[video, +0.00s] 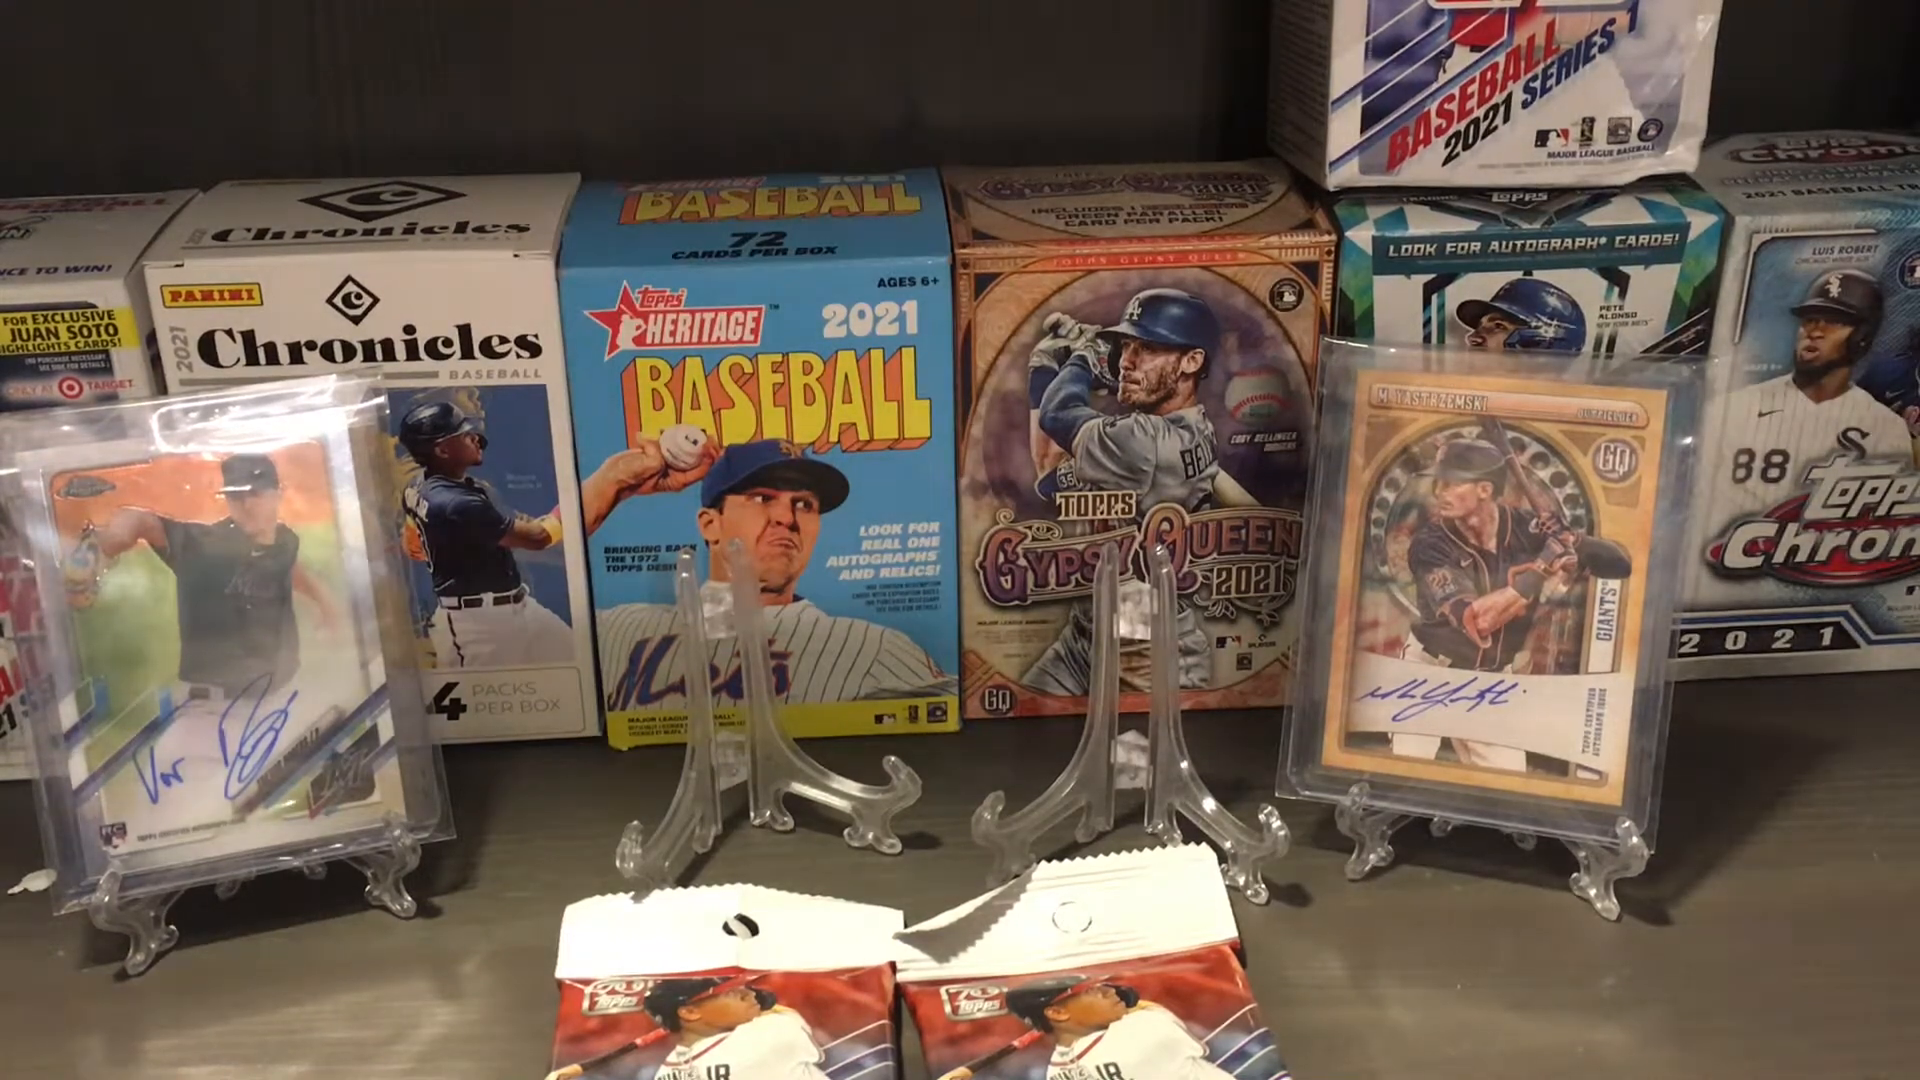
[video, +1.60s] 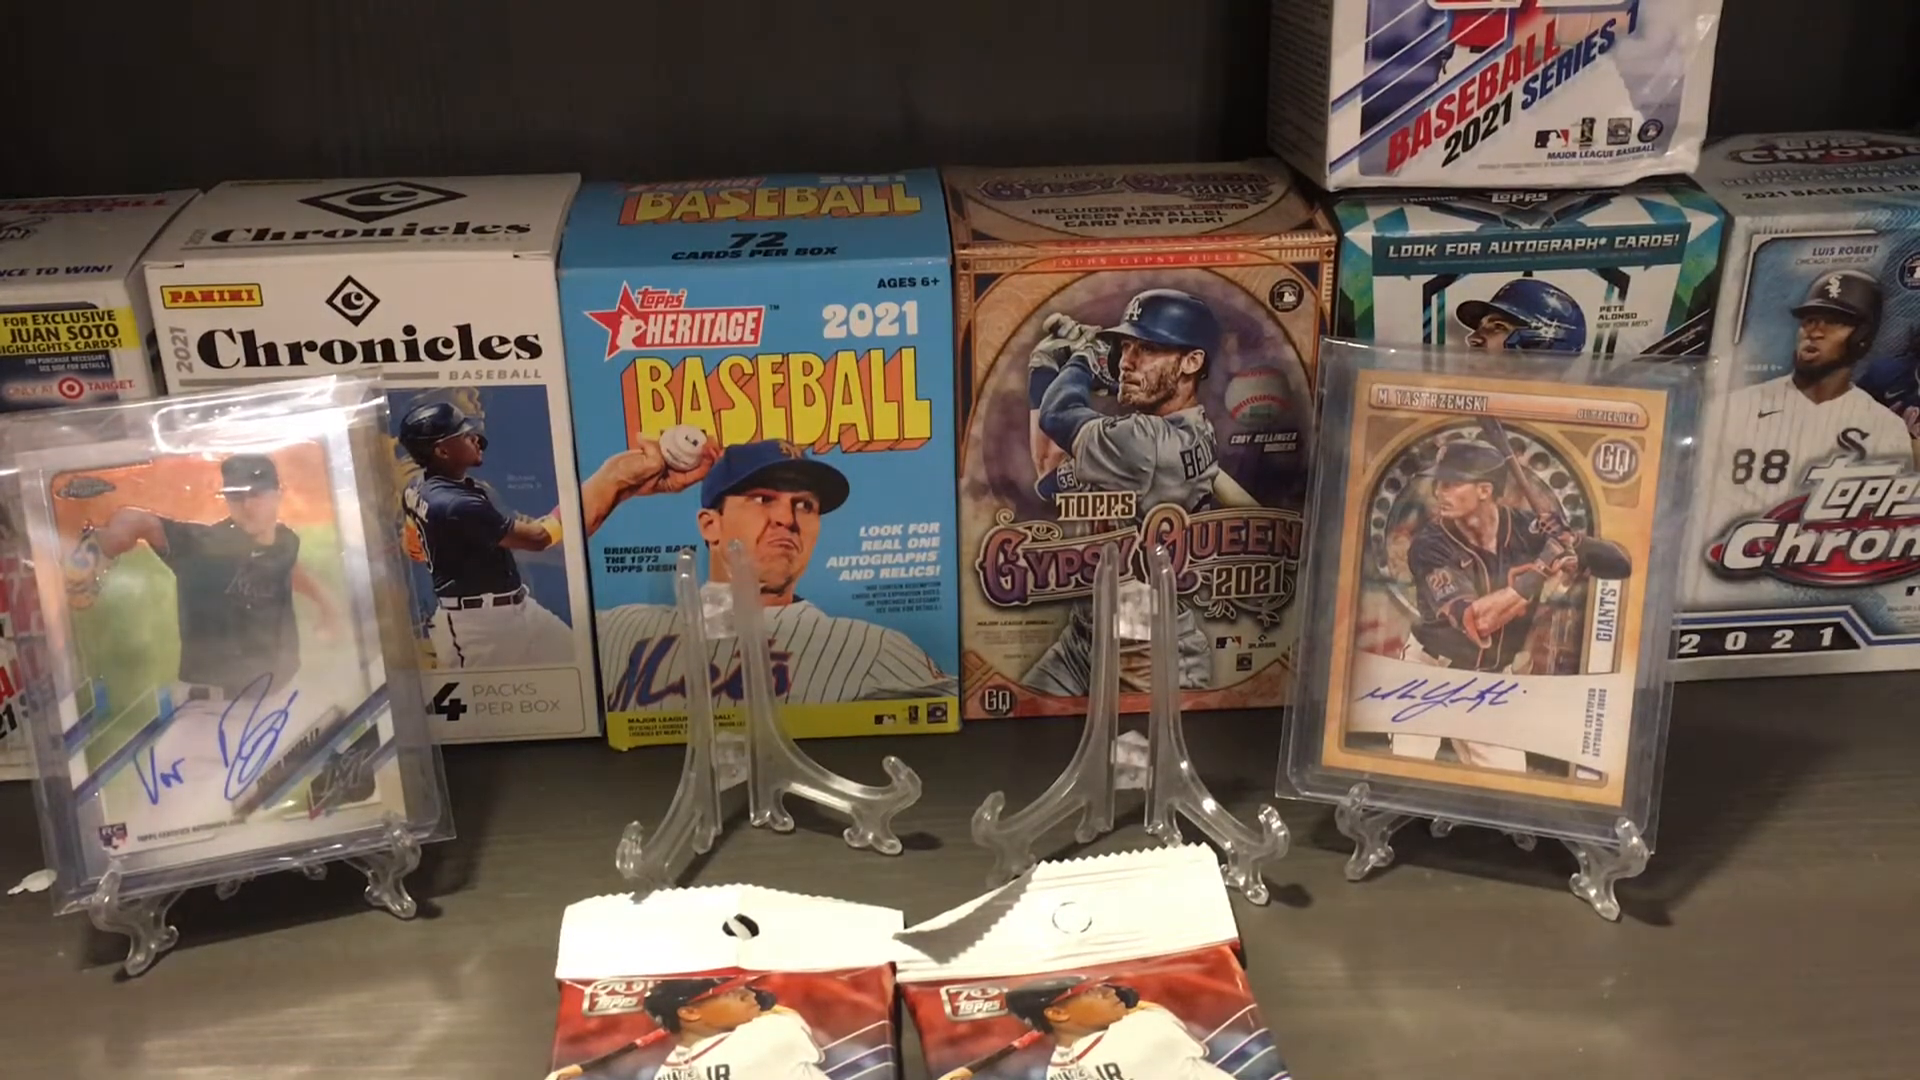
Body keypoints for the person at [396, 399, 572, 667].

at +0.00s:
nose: (476, 436)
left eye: (470, 430)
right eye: (465, 432)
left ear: (443, 450)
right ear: (442, 449)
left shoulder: (422, 489)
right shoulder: (460, 506)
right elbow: (538, 537)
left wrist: (552, 520)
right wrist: (567, 513)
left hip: (520, 609)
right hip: (474, 622)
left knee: (586, 663)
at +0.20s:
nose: (476, 436)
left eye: (470, 430)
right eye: (465, 433)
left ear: (443, 450)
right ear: (442, 449)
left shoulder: (421, 488)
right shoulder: (460, 506)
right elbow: (538, 537)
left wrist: (547, 521)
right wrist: (566, 513)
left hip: (520, 609)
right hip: (474, 622)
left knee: (587, 662)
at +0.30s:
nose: (476, 436)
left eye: (470, 430)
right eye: (465, 433)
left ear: (443, 451)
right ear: (442, 449)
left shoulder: (421, 489)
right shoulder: (460, 506)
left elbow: (413, 545)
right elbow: (538, 537)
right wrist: (568, 512)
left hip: (520, 609)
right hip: (474, 622)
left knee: (587, 663)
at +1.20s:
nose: (476, 436)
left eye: (470, 430)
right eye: (465, 433)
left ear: (442, 451)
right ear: (441, 449)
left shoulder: (419, 489)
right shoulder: (460, 506)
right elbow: (538, 537)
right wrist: (570, 509)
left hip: (520, 609)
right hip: (473, 622)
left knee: (588, 663)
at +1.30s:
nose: (476, 437)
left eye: (470, 431)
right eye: (465, 433)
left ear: (442, 451)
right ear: (441, 450)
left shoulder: (420, 490)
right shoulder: (460, 506)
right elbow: (538, 537)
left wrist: (541, 523)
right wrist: (568, 511)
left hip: (520, 609)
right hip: (474, 623)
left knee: (587, 663)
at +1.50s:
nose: (476, 437)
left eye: (470, 430)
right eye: (465, 433)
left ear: (442, 451)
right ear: (442, 450)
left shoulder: (419, 490)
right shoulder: (460, 506)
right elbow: (538, 537)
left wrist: (539, 523)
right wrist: (568, 511)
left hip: (520, 609)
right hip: (473, 623)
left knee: (587, 664)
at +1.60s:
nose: (476, 437)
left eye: (470, 431)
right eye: (465, 433)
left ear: (442, 451)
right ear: (442, 450)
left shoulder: (420, 490)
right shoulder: (460, 507)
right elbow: (538, 538)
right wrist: (571, 509)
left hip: (520, 609)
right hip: (474, 623)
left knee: (587, 665)